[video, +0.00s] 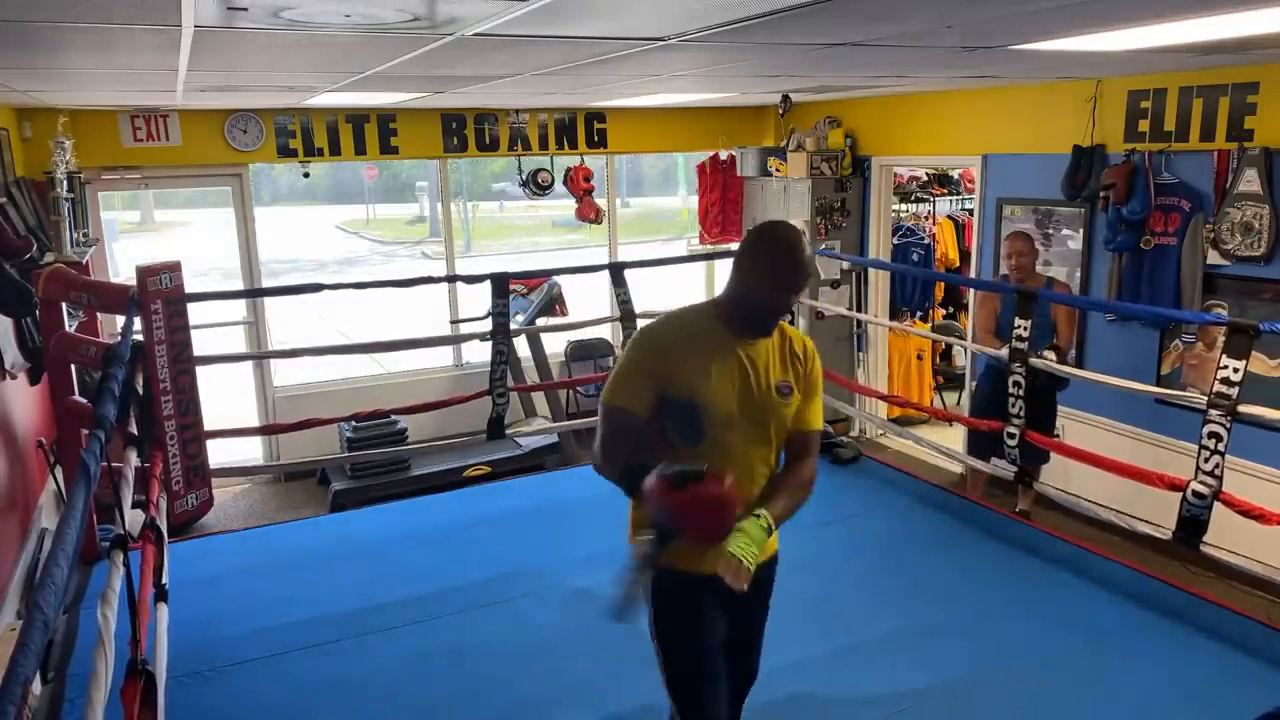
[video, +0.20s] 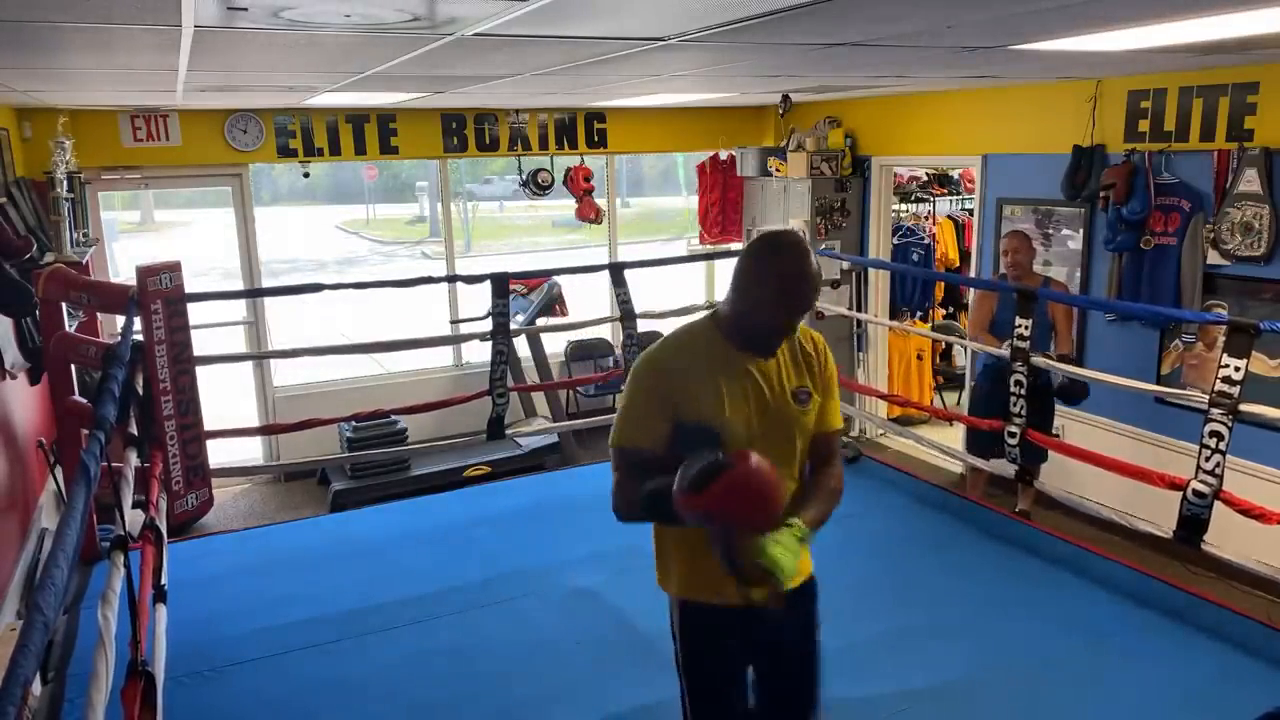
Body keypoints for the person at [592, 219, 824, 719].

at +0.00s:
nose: (789, 307)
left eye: (797, 294)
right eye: (783, 292)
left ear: (800, 288)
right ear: (748, 275)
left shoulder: (797, 353)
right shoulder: (659, 344)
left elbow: (802, 464)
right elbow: (612, 455)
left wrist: (758, 525)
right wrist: (671, 497)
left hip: (755, 563)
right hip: (683, 567)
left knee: (733, 697)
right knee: (704, 709)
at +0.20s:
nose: (792, 331)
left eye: (802, 318)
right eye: (783, 319)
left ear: (808, 304)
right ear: (744, 296)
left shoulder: (809, 352)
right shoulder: (664, 367)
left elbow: (827, 467)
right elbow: (627, 498)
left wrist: (797, 529)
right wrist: (701, 497)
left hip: (792, 589)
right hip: (707, 599)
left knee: (795, 709)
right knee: (716, 712)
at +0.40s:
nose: (806, 346)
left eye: (818, 332)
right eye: (794, 333)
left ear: (828, 312)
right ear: (758, 298)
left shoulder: (829, 358)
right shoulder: (678, 378)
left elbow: (854, 468)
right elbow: (641, 515)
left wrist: (874, 560)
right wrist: (690, 556)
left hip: (824, 607)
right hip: (729, 627)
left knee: (868, 712)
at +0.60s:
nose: (886, 349)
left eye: (894, 332)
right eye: (876, 330)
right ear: (833, 309)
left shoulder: (882, 378)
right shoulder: (724, 387)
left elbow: (880, 483)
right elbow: (669, 511)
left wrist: (945, 576)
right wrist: (671, 619)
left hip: (859, 639)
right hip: (753, 653)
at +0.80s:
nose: (940, 351)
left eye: (951, 337)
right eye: (931, 332)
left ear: (959, 326)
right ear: (886, 305)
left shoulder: (947, 390)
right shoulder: (773, 384)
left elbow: (943, 502)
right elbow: (710, 505)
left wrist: (1002, 606)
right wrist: (692, 598)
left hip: (902, 656)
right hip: (794, 664)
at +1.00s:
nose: (996, 354)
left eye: (1011, 339)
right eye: (984, 331)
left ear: (1021, 331)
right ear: (932, 300)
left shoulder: (1008, 408)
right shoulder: (816, 382)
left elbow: (1028, 539)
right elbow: (743, 498)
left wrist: (1079, 651)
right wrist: (728, 559)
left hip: (943, 674)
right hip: (832, 675)